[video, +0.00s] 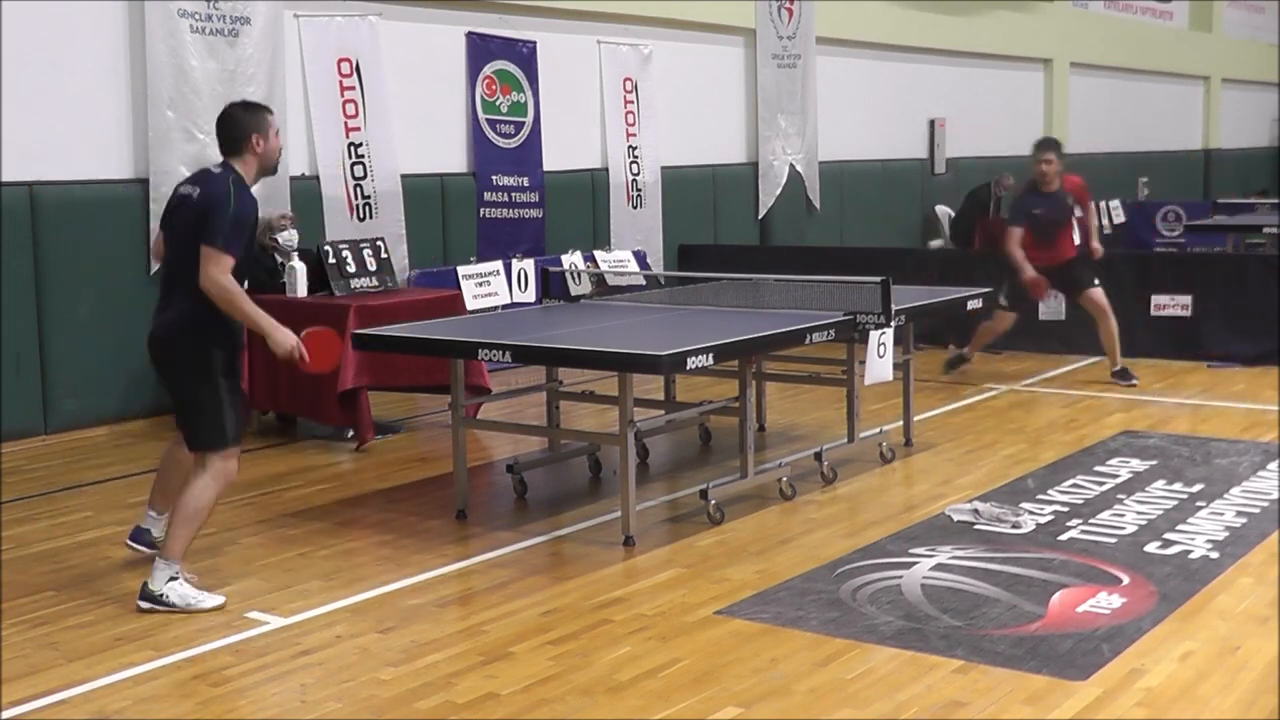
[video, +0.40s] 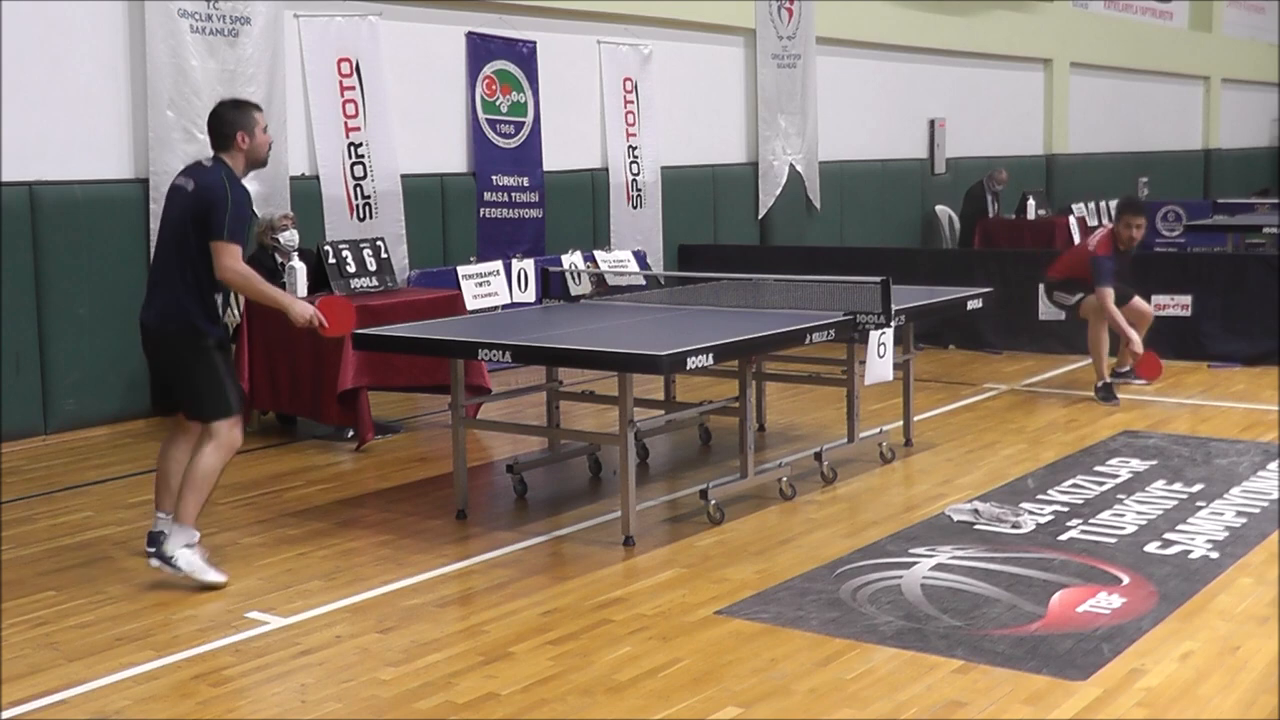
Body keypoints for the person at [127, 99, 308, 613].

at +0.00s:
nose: (280, 143)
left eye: (277, 135)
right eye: (275, 135)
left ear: (235, 143)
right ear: (257, 143)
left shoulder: (195, 185)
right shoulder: (234, 196)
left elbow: (161, 250)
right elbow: (213, 277)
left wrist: (248, 239)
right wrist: (271, 328)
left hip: (175, 338)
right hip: (202, 344)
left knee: (193, 439)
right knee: (221, 463)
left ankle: (152, 526)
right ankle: (165, 578)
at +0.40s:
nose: (270, 140)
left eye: (267, 131)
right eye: (264, 132)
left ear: (226, 139)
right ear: (242, 139)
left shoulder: (192, 177)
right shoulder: (228, 190)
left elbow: (203, 253)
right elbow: (227, 267)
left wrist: (259, 234)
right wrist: (289, 303)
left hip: (164, 324)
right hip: (192, 329)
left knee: (184, 427)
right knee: (226, 432)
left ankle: (163, 531)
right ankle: (179, 540)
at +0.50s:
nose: (278, 123)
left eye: (275, 113)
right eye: (273, 114)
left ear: (238, 121)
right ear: (249, 120)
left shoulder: (205, 158)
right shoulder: (228, 169)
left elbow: (198, 242)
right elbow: (230, 249)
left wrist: (232, 279)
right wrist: (287, 293)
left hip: (178, 305)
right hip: (196, 310)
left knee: (199, 405)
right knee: (241, 411)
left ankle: (166, 499)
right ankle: (236, 527)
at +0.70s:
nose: (287, 160)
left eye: (285, 151)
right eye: (280, 152)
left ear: (252, 161)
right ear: (256, 160)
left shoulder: (238, 203)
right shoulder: (230, 208)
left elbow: (254, 267)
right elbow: (240, 289)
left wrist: (299, 292)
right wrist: (304, 318)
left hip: (214, 338)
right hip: (212, 342)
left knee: (227, 413)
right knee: (297, 417)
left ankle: (196, 498)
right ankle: (275, 518)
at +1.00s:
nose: (311, 162)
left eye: (309, 153)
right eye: (301, 155)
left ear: (280, 163)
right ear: (271, 163)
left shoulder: (287, 203)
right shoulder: (236, 209)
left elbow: (309, 262)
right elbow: (218, 290)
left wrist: (355, 294)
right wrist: (258, 339)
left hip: (261, 329)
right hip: (223, 335)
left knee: (306, 417)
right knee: (290, 423)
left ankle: (273, 509)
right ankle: (265, 524)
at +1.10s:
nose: (310, 187)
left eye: (309, 178)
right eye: (300, 181)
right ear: (269, 188)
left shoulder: (308, 225)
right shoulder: (232, 236)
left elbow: (350, 262)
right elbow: (198, 298)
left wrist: (401, 293)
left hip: (280, 349)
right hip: (235, 352)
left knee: (317, 434)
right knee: (285, 435)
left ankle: (273, 511)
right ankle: (292, 558)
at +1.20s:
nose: (313, 208)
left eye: (312, 198)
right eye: (302, 201)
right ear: (268, 211)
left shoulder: (320, 235)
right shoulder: (229, 255)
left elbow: (370, 249)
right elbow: (178, 305)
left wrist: (417, 271)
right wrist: (125, 339)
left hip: (288, 362)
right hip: (240, 367)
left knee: (303, 444)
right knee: (286, 450)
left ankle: (275, 511)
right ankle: (298, 568)